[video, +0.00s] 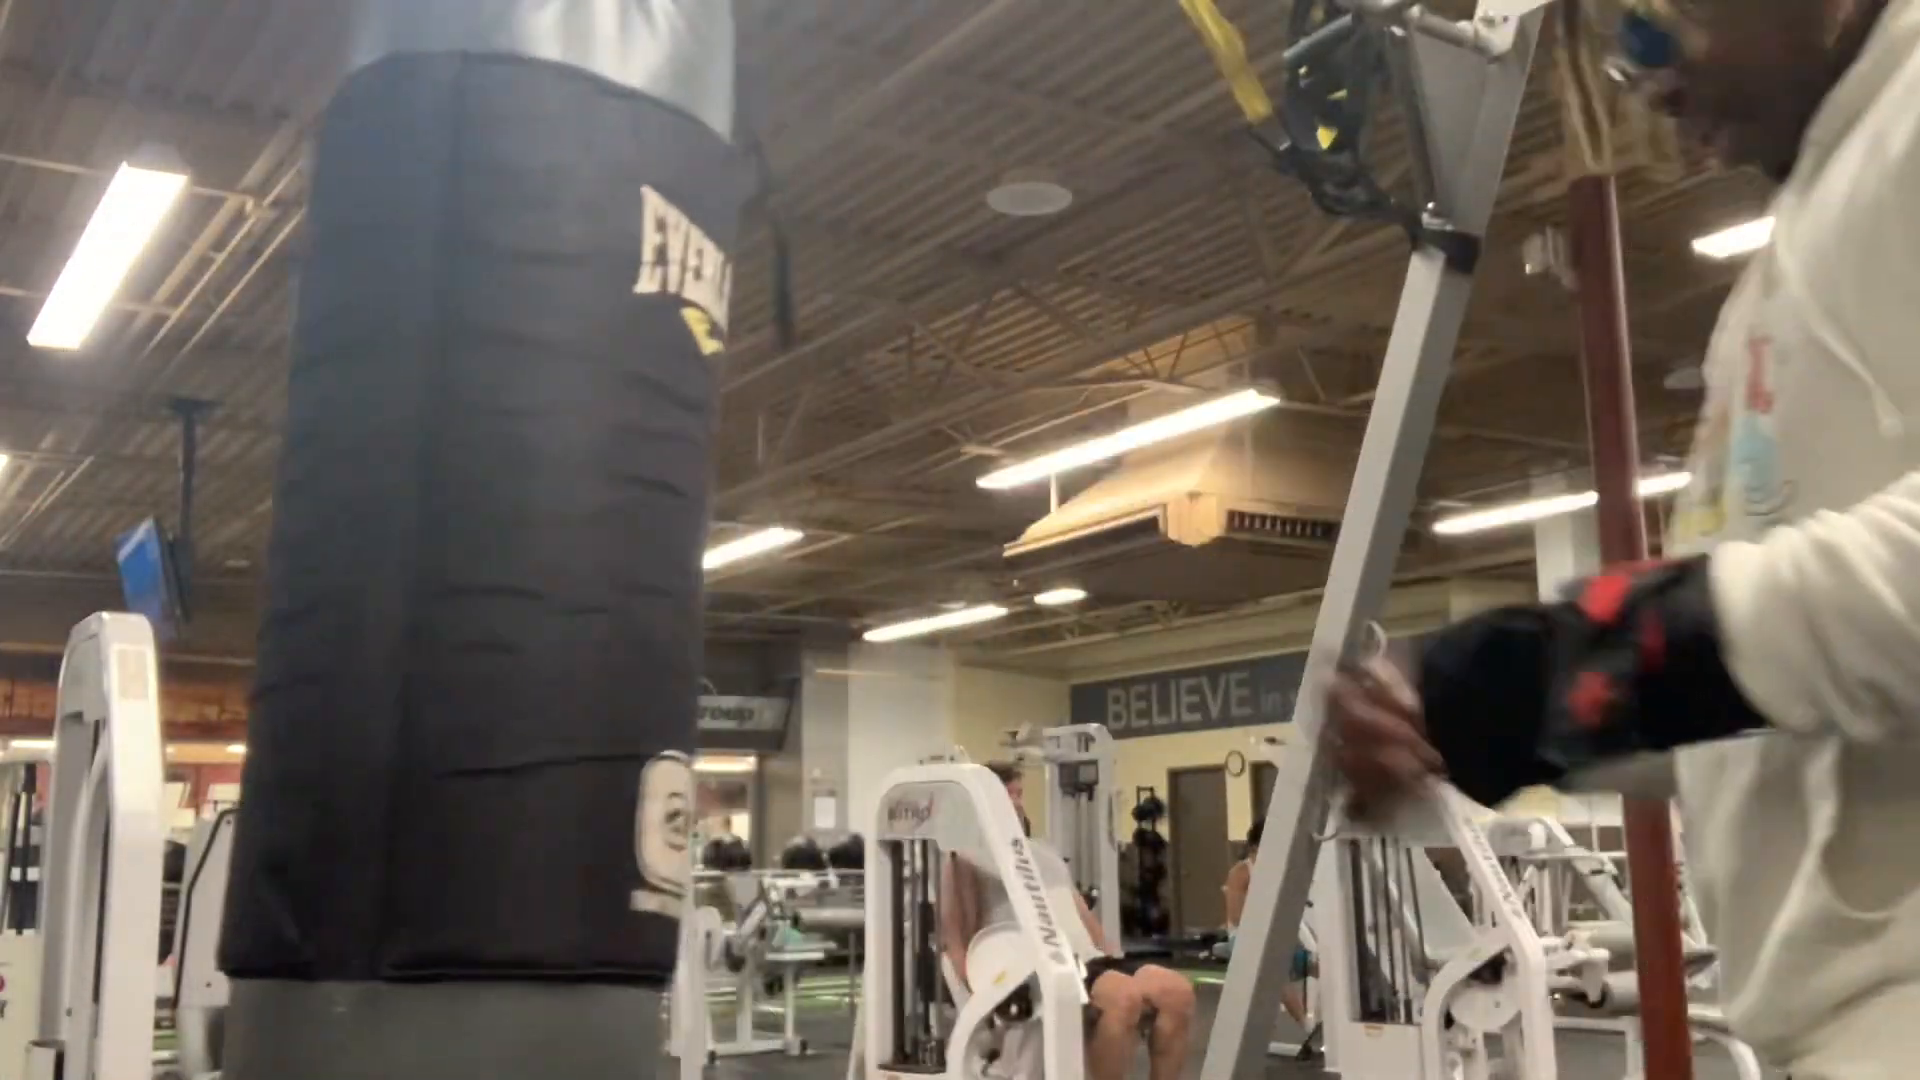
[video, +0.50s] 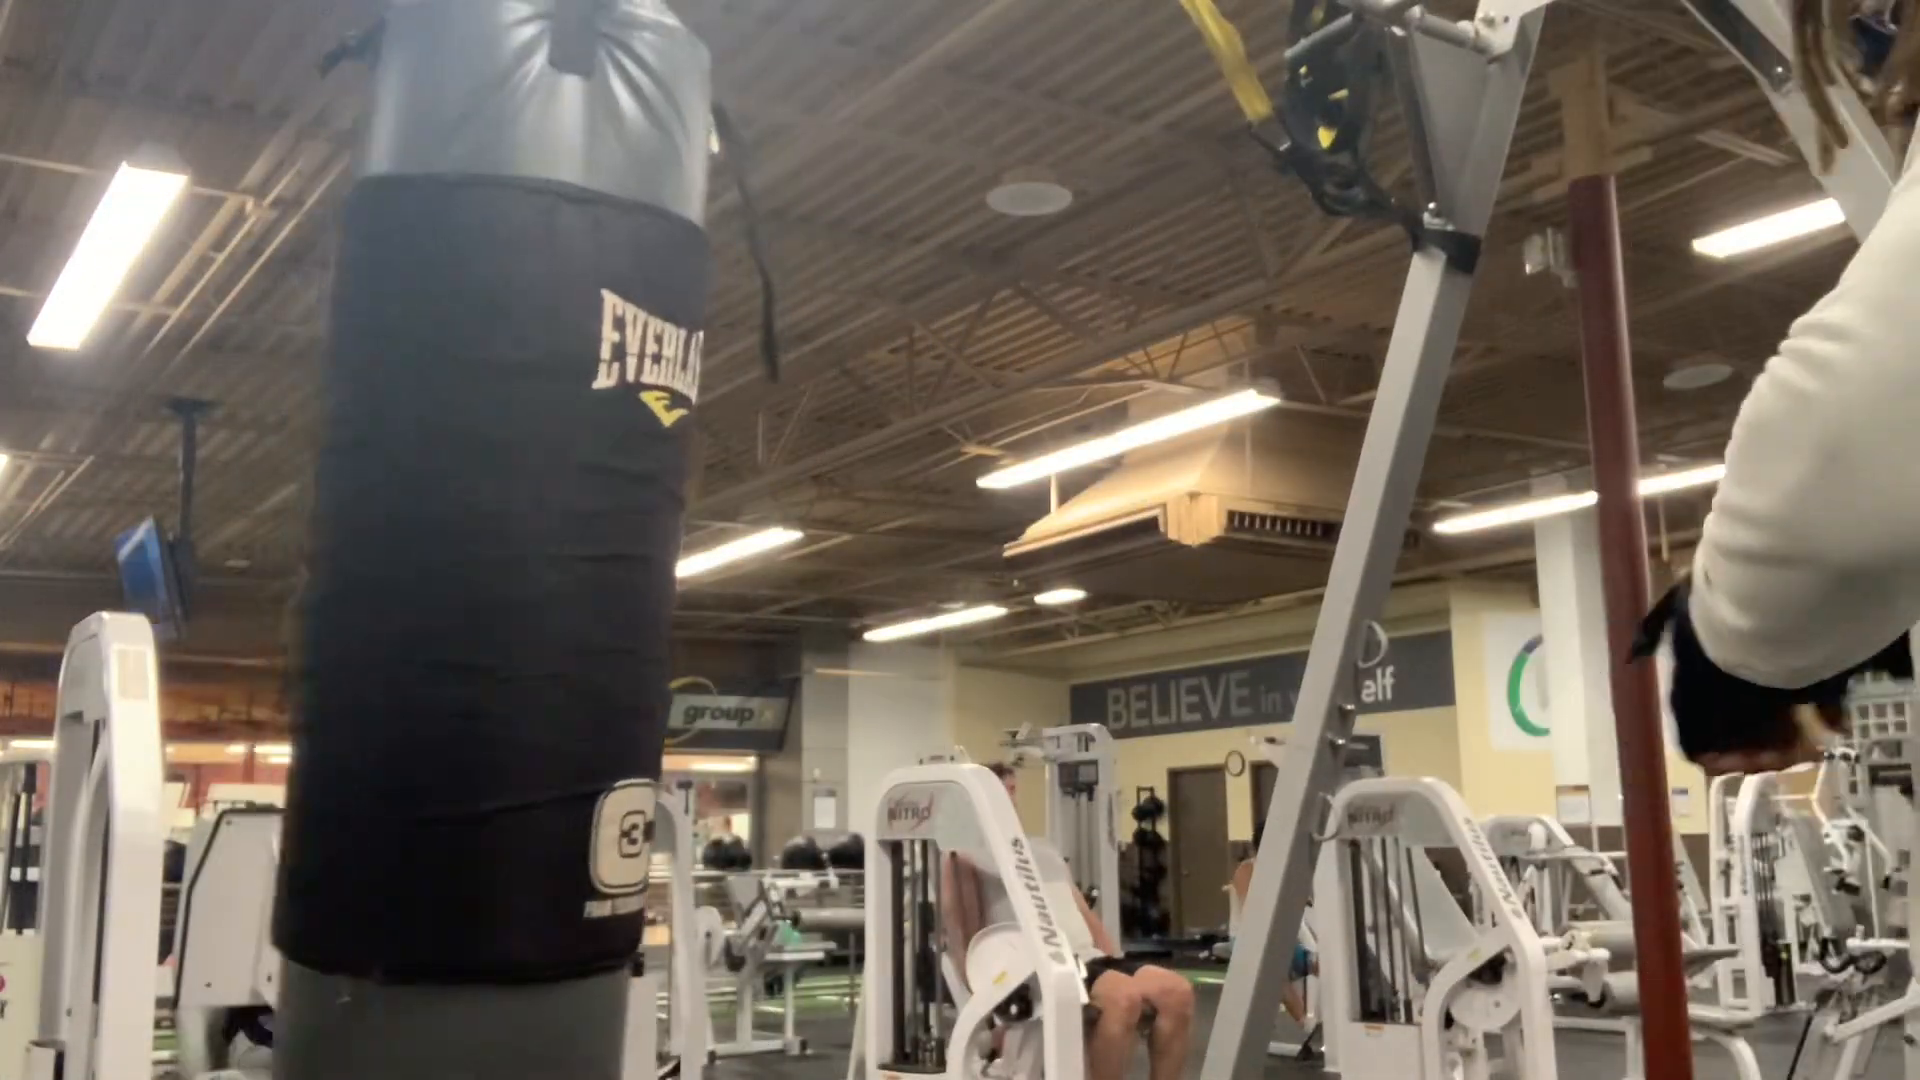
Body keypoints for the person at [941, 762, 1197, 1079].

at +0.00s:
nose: (1017, 803)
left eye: (1019, 794)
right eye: (1008, 794)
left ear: (1022, 797)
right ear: (987, 800)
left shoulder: (1042, 853)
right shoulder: (967, 856)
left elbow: (1083, 914)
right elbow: (956, 939)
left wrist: (1111, 957)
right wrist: (979, 993)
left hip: (1075, 958)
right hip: (1020, 964)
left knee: (1177, 992)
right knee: (1124, 999)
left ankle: (1165, 1073)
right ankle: (1106, 1073)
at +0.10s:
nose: (1014, 803)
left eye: (1015, 793)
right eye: (1005, 793)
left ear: (1018, 797)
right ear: (984, 801)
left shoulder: (1040, 852)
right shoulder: (964, 857)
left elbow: (1086, 916)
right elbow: (962, 942)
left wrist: (1118, 964)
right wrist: (989, 1012)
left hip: (1078, 958)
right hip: (1022, 966)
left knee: (1176, 992)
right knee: (1124, 998)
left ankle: (1164, 1073)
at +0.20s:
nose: (1010, 804)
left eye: (1012, 795)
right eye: (1002, 795)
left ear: (1016, 797)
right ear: (983, 801)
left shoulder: (1041, 851)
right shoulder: (965, 855)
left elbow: (1087, 915)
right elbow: (966, 941)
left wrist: (1118, 964)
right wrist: (992, 1016)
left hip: (1078, 958)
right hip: (1022, 966)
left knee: (1176, 992)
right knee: (1124, 999)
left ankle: (1164, 1073)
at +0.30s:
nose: (1005, 807)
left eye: (1009, 798)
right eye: (997, 798)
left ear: (1015, 799)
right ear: (979, 802)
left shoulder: (1039, 852)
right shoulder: (964, 856)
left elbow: (1086, 913)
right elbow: (967, 942)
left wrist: (1116, 963)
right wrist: (993, 1016)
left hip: (1076, 957)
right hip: (1021, 966)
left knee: (1176, 993)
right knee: (1124, 999)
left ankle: (1164, 1073)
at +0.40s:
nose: (1005, 806)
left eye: (1009, 797)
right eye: (996, 797)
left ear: (1015, 798)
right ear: (978, 802)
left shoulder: (1039, 852)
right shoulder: (964, 855)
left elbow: (1086, 913)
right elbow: (967, 941)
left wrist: (1116, 963)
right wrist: (992, 1016)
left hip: (1076, 957)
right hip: (1021, 965)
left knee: (1176, 993)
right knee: (1124, 999)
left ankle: (1164, 1073)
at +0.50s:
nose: (1005, 806)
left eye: (1009, 797)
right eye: (997, 797)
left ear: (1014, 798)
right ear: (979, 801)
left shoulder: (1039, 852)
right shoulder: (964, 855)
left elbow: (1085, 914)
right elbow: (967, 941)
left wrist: (1116, 963)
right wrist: (993, 1016)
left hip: (1076, 957)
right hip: (1021, 965)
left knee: (1177, 993)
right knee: (1124, 999)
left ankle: (1164, 1073)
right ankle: (1104, 1073)